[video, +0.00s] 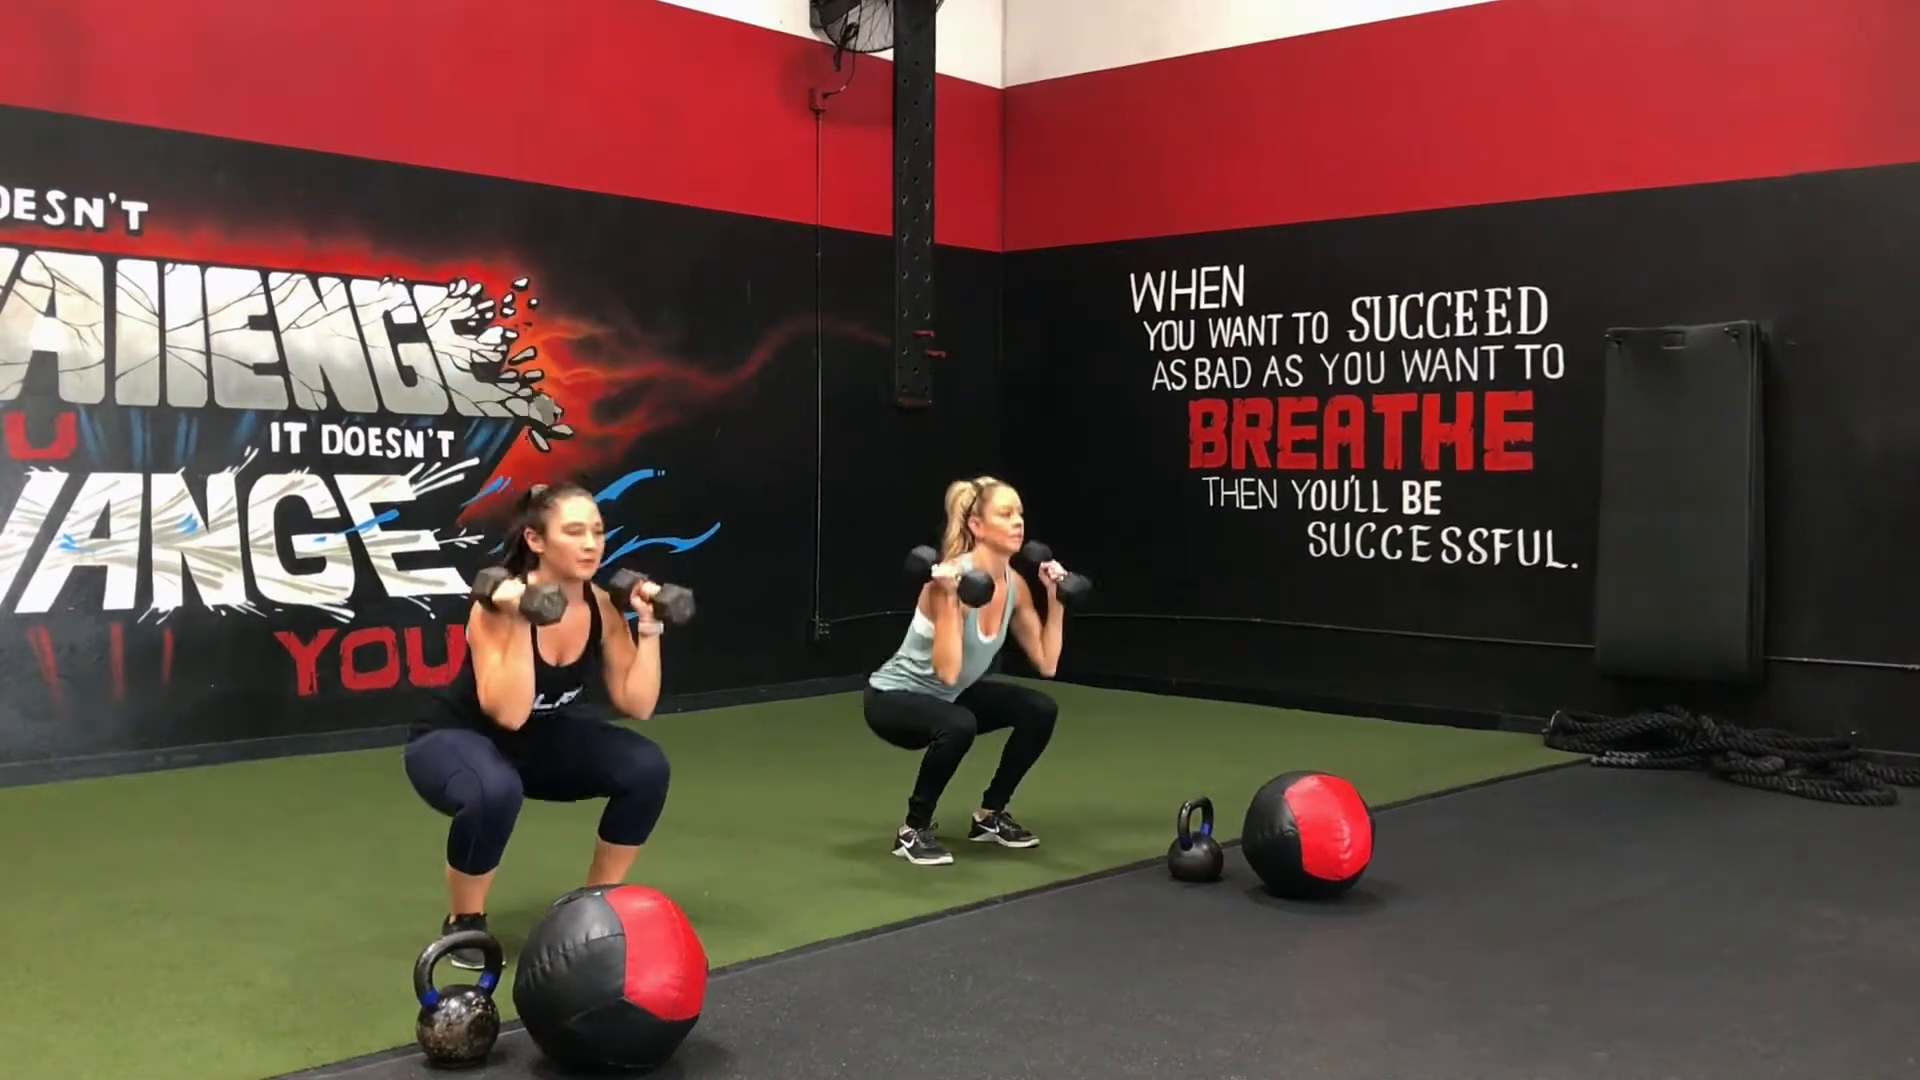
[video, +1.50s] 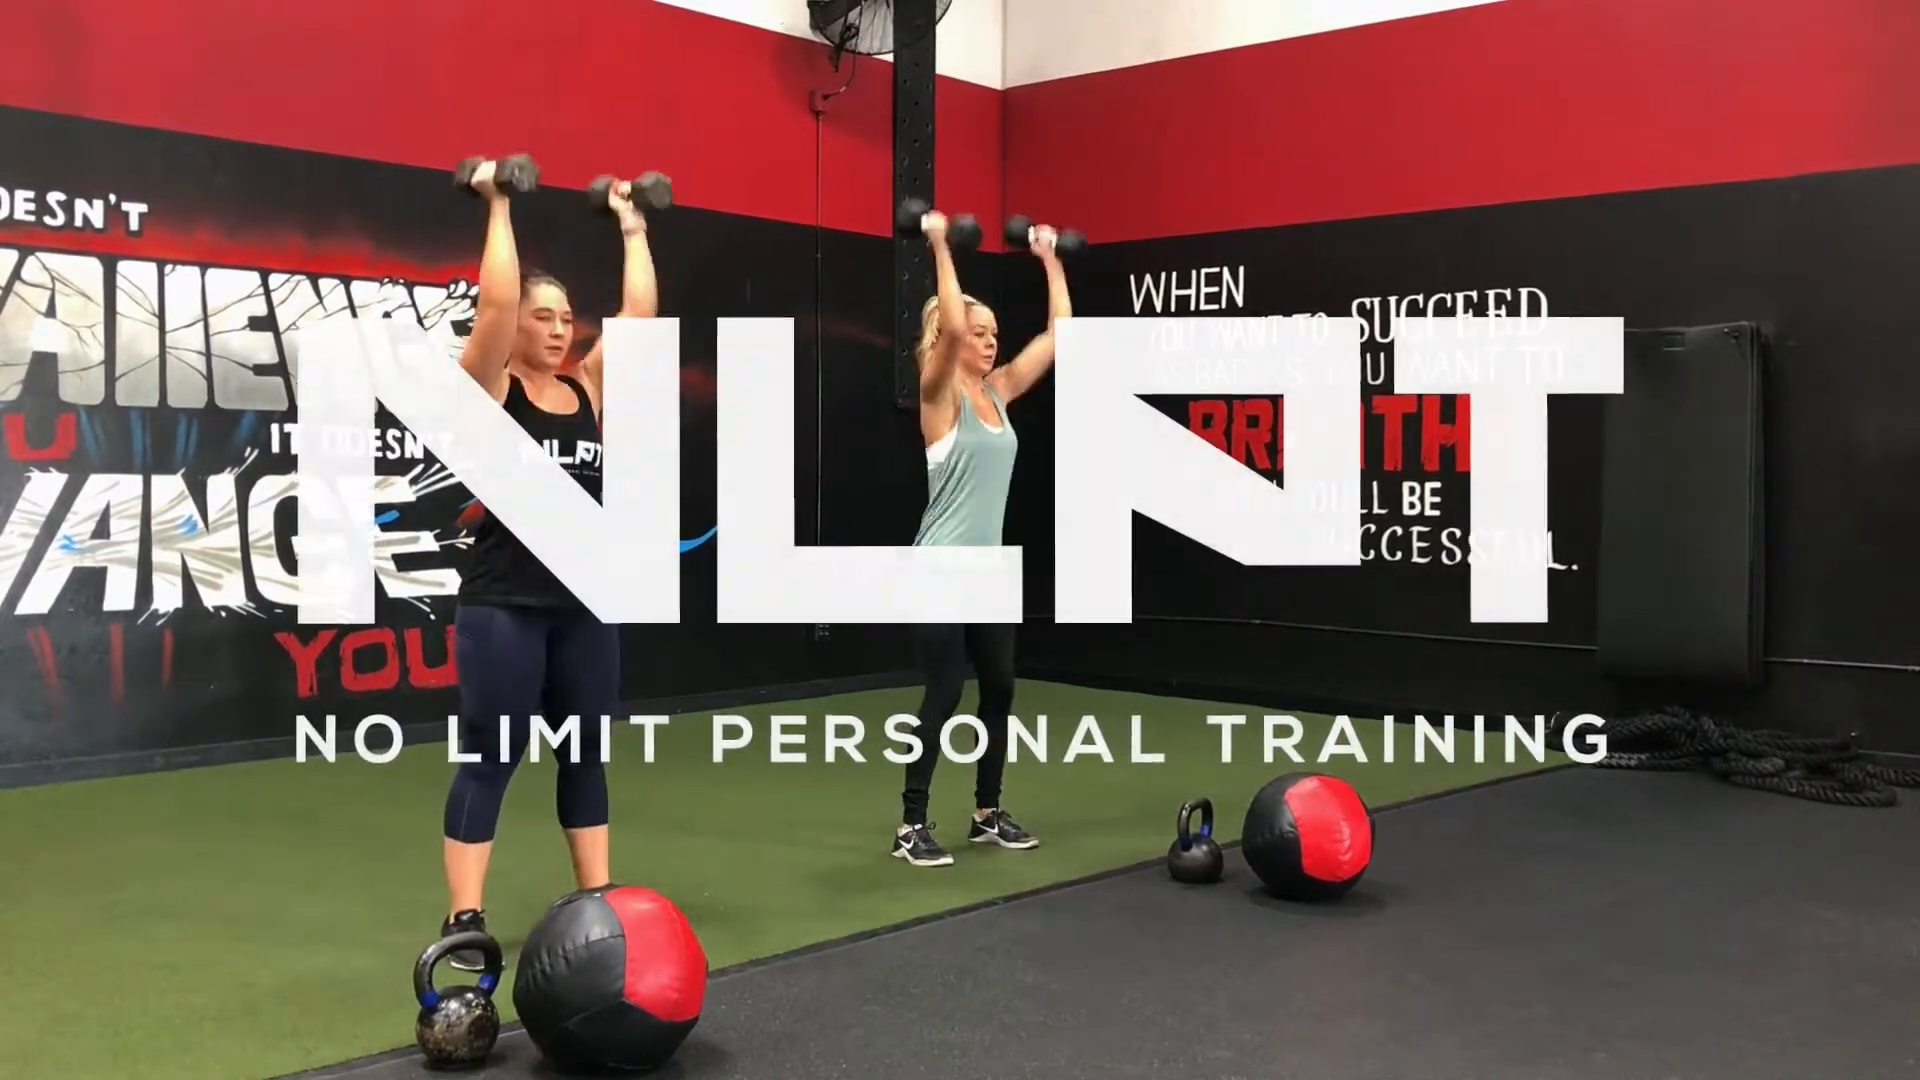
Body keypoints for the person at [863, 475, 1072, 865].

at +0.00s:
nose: (1019, 522)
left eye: (1019, 514)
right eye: (1006, 514)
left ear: (1024, 522)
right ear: (976, 526)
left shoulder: (1015, 585)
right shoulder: (947, 580)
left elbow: (1046, 663)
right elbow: (948, 674)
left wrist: (1055, 596)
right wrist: (949, 598)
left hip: (951, 695)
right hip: (894, 695)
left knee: (1040, 709)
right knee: (958, 724)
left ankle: (990, 816)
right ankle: (914, 831)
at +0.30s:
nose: (1002, 369)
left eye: (1002, 360)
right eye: (994, 360)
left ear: (987, 367)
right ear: (963, 368)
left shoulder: (1003, 426)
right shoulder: (939, 430)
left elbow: (1084, 442)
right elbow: (943, 435)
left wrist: (1068, 377)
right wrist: (940, 357)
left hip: (971, 592)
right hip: (917, 593)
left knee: (1015, 693)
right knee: (949, 700)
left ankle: (988, 814)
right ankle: (913, 827)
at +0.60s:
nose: (996, 345)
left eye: (998, 337)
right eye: (984, 336)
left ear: (1000, 346)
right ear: (955, 343)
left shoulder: (1003, 398)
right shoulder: (942, 401)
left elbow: (1077, 367)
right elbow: (946, 355)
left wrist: (1075, 293)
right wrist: (950, 277)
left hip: (987, 575)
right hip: (934, 575)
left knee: (1002, 687)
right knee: (945, 691)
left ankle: (988, 814)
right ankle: (913, 826)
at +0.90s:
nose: (1018, 509)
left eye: (1019, 500)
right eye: (1006, 501)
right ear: (976, 512)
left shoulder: (1013, 569)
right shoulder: (948, 565)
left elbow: (1052, 650)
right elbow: (952, 662)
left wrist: (1054, 580)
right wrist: (950, 578)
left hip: (949, 685)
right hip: (893, 683)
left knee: (1037, 712)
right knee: (960, 727)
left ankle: (989, 817)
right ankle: (915, 831)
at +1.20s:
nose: (1000, 370)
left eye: (999, 360)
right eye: (990, 361)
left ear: (992, 369)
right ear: (965, 368)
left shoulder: (1000, 429)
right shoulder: (938, 426)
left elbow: (1073, 458)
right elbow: (944, 469)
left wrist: (1060, 395)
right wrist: (940, 391)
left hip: (976, 593)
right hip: (923, 594)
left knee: (1017, 695)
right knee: (952, 703)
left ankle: (989, 814)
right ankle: (913, 827)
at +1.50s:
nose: (992, 344)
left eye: (993, 335)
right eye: (980, 334)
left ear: (994, 341)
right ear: (950, 339)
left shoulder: (997, 390)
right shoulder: (940, 395)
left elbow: (1059, 332)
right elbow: (949, 329)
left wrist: (1050, 260)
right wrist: (941, 246)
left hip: (992, 570)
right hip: (938, 569)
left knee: (998, 691)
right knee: (944, 689)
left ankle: (988, 814)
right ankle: (914, 825)